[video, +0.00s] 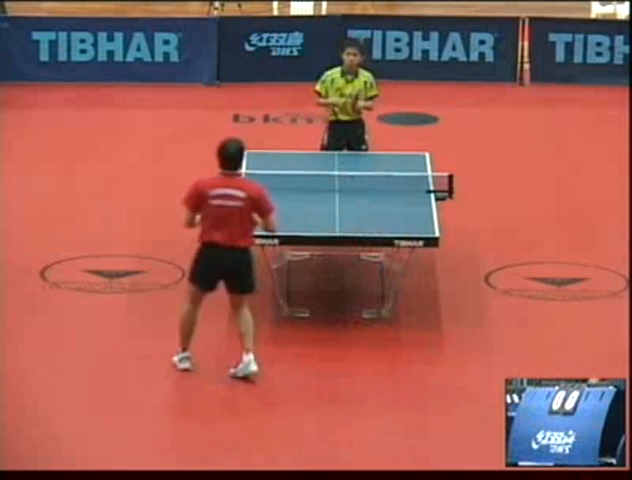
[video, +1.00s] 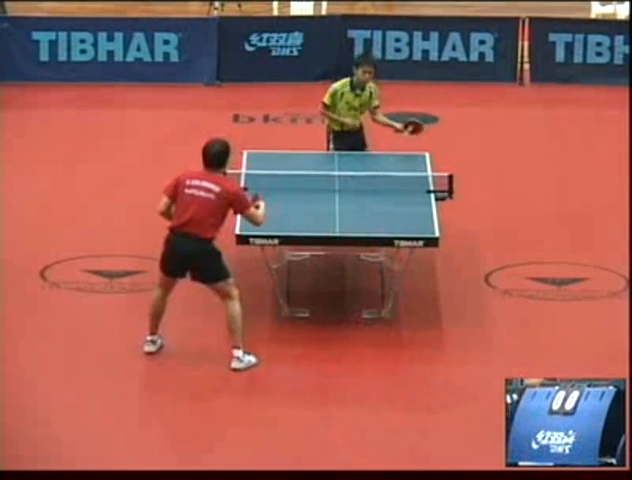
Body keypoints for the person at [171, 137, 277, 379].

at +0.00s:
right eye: (239, 158)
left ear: (218, 160)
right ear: (242, 161)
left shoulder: (203, 187)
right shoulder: (254, 190)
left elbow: (189, 222)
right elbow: (270, 226)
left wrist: (206, 215)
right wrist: (253, 218)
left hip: (210, 250)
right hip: (239, 253)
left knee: (193, 301)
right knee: (240, 305)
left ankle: (184, 353)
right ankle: (249, 356)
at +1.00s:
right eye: (227, 158)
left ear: (204, 158)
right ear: (226, 162)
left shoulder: (185, 178)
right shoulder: (229, 189)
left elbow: (164, 209)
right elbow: (257, 220)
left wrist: (181, 221)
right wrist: (260, 206)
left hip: (176, 241)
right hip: (203, 246)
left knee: (163, 289)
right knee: (230, 296)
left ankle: (152, 337)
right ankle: (238, 353)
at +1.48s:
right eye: (232, 169)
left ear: (210, 169)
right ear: (233, 172)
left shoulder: (192, 182)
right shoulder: (236, 198)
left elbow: (165, 205)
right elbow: (257, 222)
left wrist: (179, 225)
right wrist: (259, 207)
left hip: (177, 241)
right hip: (205, 246)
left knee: (161, 290)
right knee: (233, 297)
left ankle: (151, 338)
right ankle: (241, 353)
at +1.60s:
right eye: (231, 162)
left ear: (209, 161)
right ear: (231, 166)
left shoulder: (191, 178)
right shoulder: (236, 190)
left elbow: (165, 204)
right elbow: (257, 207)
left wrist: (181, 218)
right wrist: (267, 193)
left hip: (178, 239)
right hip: (205, 243)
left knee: (162, 290)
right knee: (234, 296)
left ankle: (151, 338)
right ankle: (242, 352)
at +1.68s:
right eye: (226, 160)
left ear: (206, 159)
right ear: (228, 163)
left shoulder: (186, 178)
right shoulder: (234, 189)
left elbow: (163, 208)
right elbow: (259, 208)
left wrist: (181, 218)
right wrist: (264, 193)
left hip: (177, 240)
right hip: (205, 244)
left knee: (163, 289)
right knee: (233, 295)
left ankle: (152, 337)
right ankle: (243, 352)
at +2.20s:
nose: (236, 187)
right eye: (237, 183)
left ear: (214, 179)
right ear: (236, 185)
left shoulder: (196, 192)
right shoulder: (238, 206)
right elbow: (268, 230)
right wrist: (257, 236)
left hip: (176, 249)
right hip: (203, 255)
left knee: (163, 288)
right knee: (243, 297)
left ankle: (151, 338)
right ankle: (246, 355)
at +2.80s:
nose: (240, 184)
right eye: (240, 181)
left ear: (217, 179)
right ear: (239, 183)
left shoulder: (198, 195)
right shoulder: (238, 206)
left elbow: (193, 219)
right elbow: (265, 243)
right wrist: (250, 256)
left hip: (180, 249)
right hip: (206, 255)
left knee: (166, 289)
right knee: (246, 298)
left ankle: (152, 337)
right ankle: (246, 355)